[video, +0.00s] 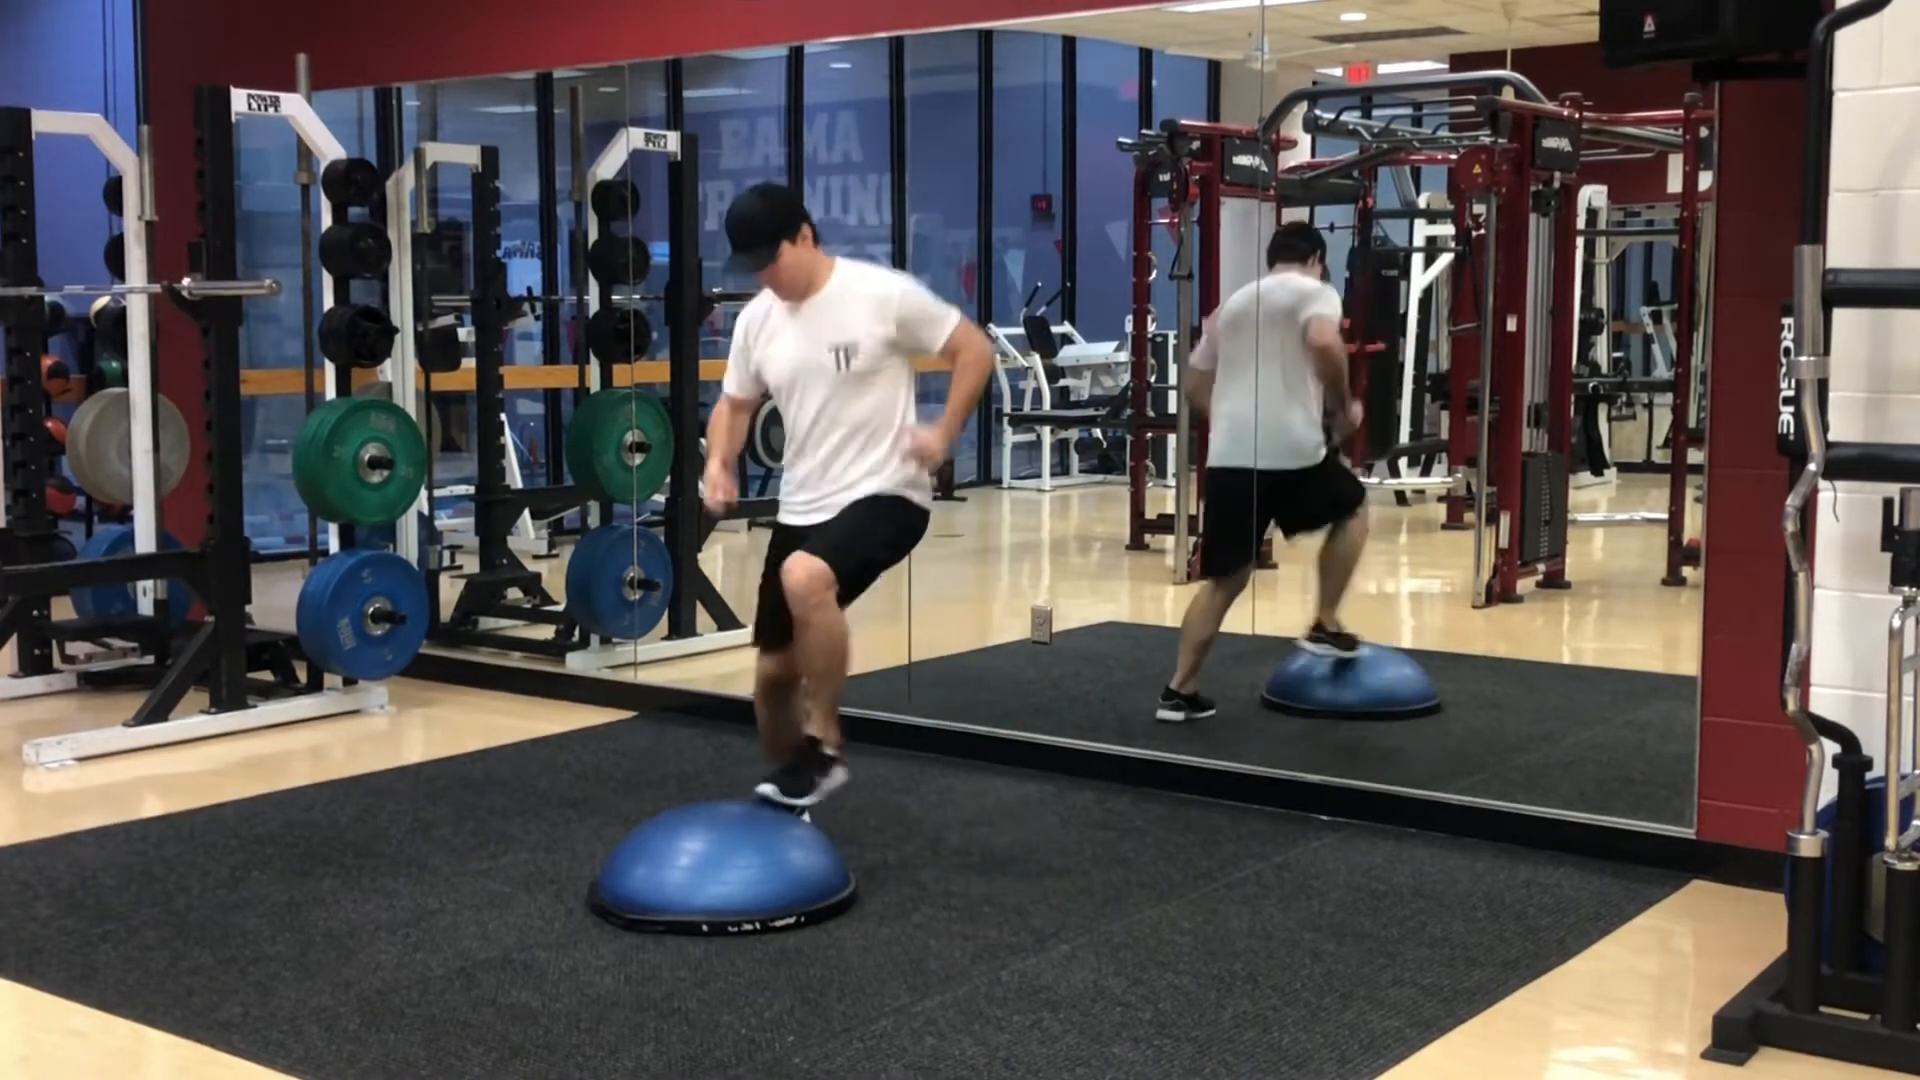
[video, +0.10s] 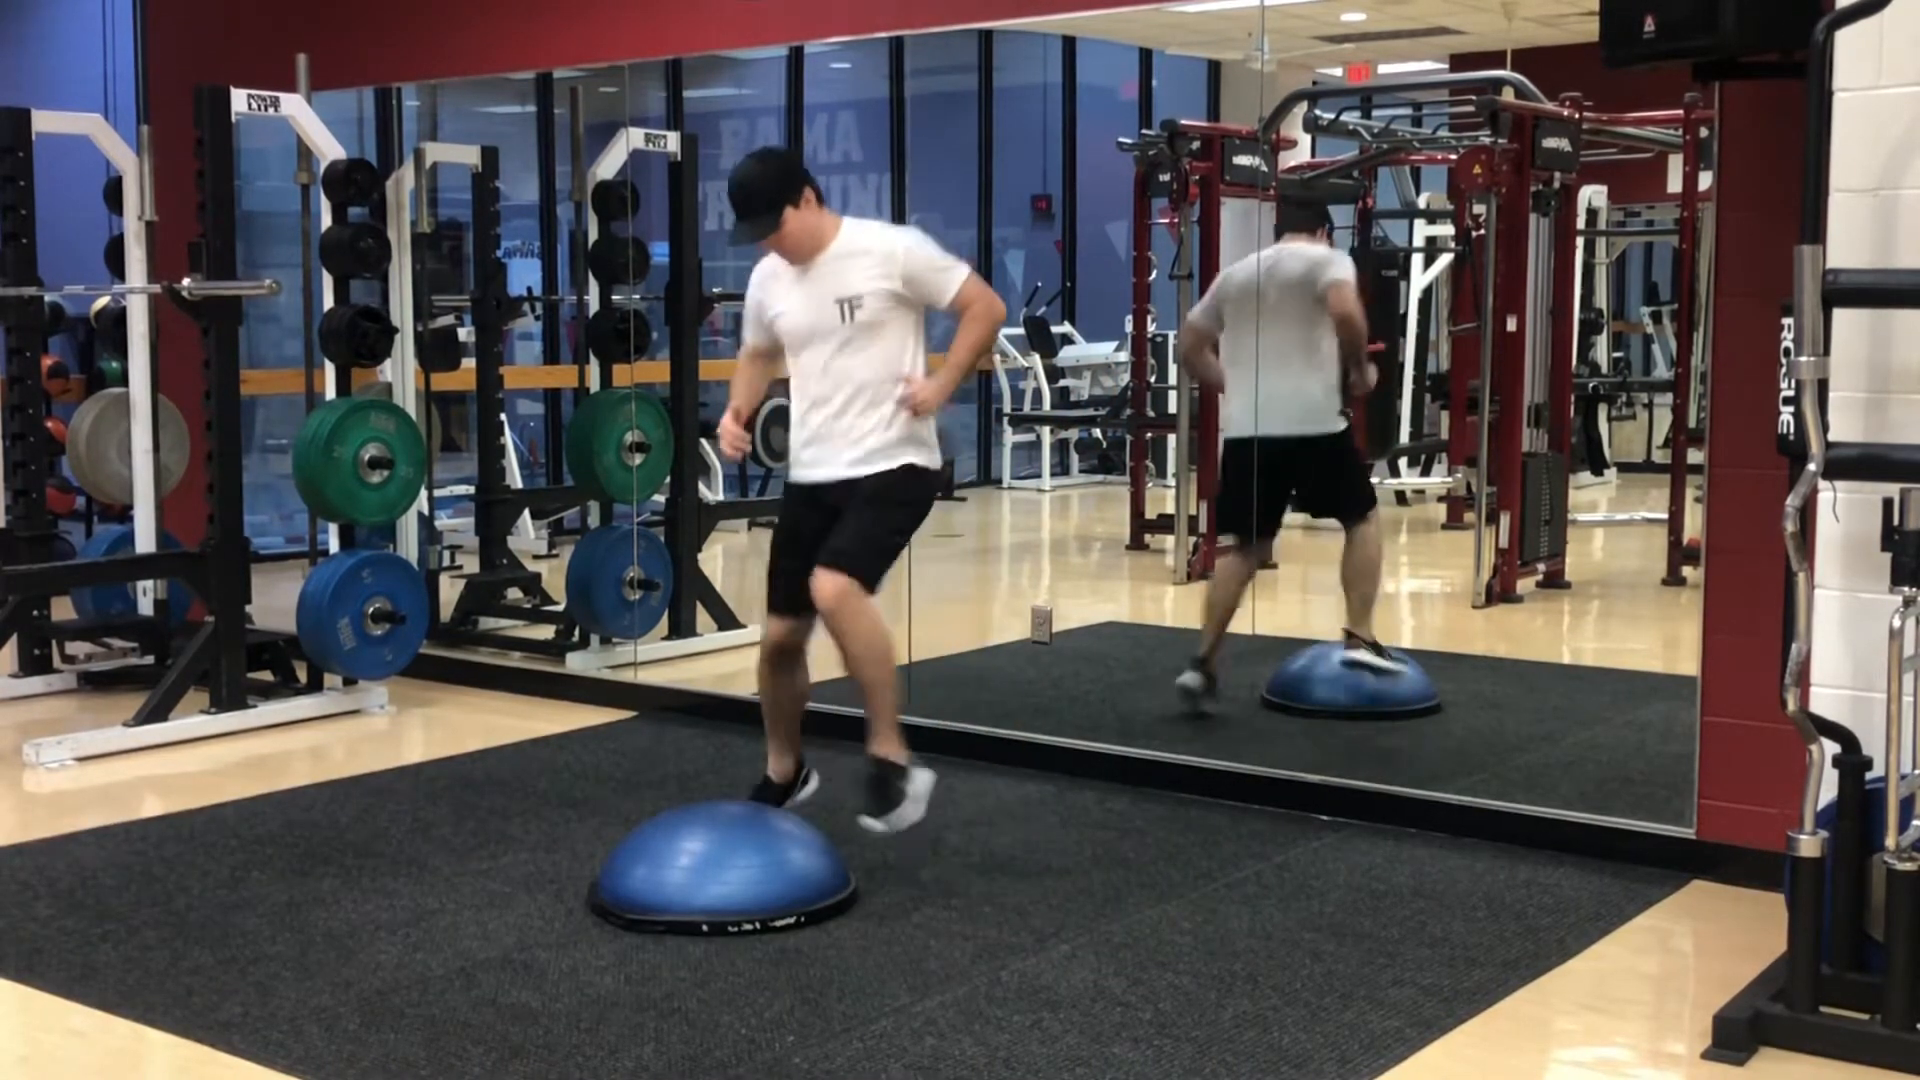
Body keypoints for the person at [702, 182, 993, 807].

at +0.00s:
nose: (763, 278)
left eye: (770, 263)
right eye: (755, 267)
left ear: (804, 238)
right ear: (752, 260)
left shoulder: (882, 293)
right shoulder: (756, 319)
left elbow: (976, 349)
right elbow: (734, 403)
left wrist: (946, 432)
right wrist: (718, 462)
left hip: (887, 491)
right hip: (803, 510)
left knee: (805, 576)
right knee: (776, 668)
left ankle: (823, 745)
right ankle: (786, 782)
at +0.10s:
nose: (769, 246)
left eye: (774, 231)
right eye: (761, 236)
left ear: (806, 201)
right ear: (763, 223)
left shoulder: (890, 249)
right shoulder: (768, 278)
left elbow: (986, 306)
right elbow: (757, 357)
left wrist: (944, 381)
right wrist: (738, 412)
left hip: (895, 464)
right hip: (814, 475)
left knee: (833, 586)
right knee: (780, 636)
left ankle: (891, 757)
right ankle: (784, 772)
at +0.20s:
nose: (776, 240)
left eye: (779, 224)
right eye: (768, 231)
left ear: (812, 192)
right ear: (778, 212)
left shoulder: (898, 245)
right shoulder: (788, 263)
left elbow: (986, 315)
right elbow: (796, 346)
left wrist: (930, 386)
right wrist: (767, 408)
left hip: (906, 469)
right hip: (826, 468)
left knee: (882, 624)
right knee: (756, 590)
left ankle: (955, 801)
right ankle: (805, 737)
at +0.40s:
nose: (782, 274)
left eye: (786, 257)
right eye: (775, 262)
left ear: (826, 233)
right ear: (809, 243)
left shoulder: (899, 297)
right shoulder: (813, 306)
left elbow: (979, 378)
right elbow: (841, 398)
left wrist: (900, 416)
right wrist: (802, 442)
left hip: (916, 524)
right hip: (840, 512)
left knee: (927, 681)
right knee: (755, 588)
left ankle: (989, 832)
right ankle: (816, 747)